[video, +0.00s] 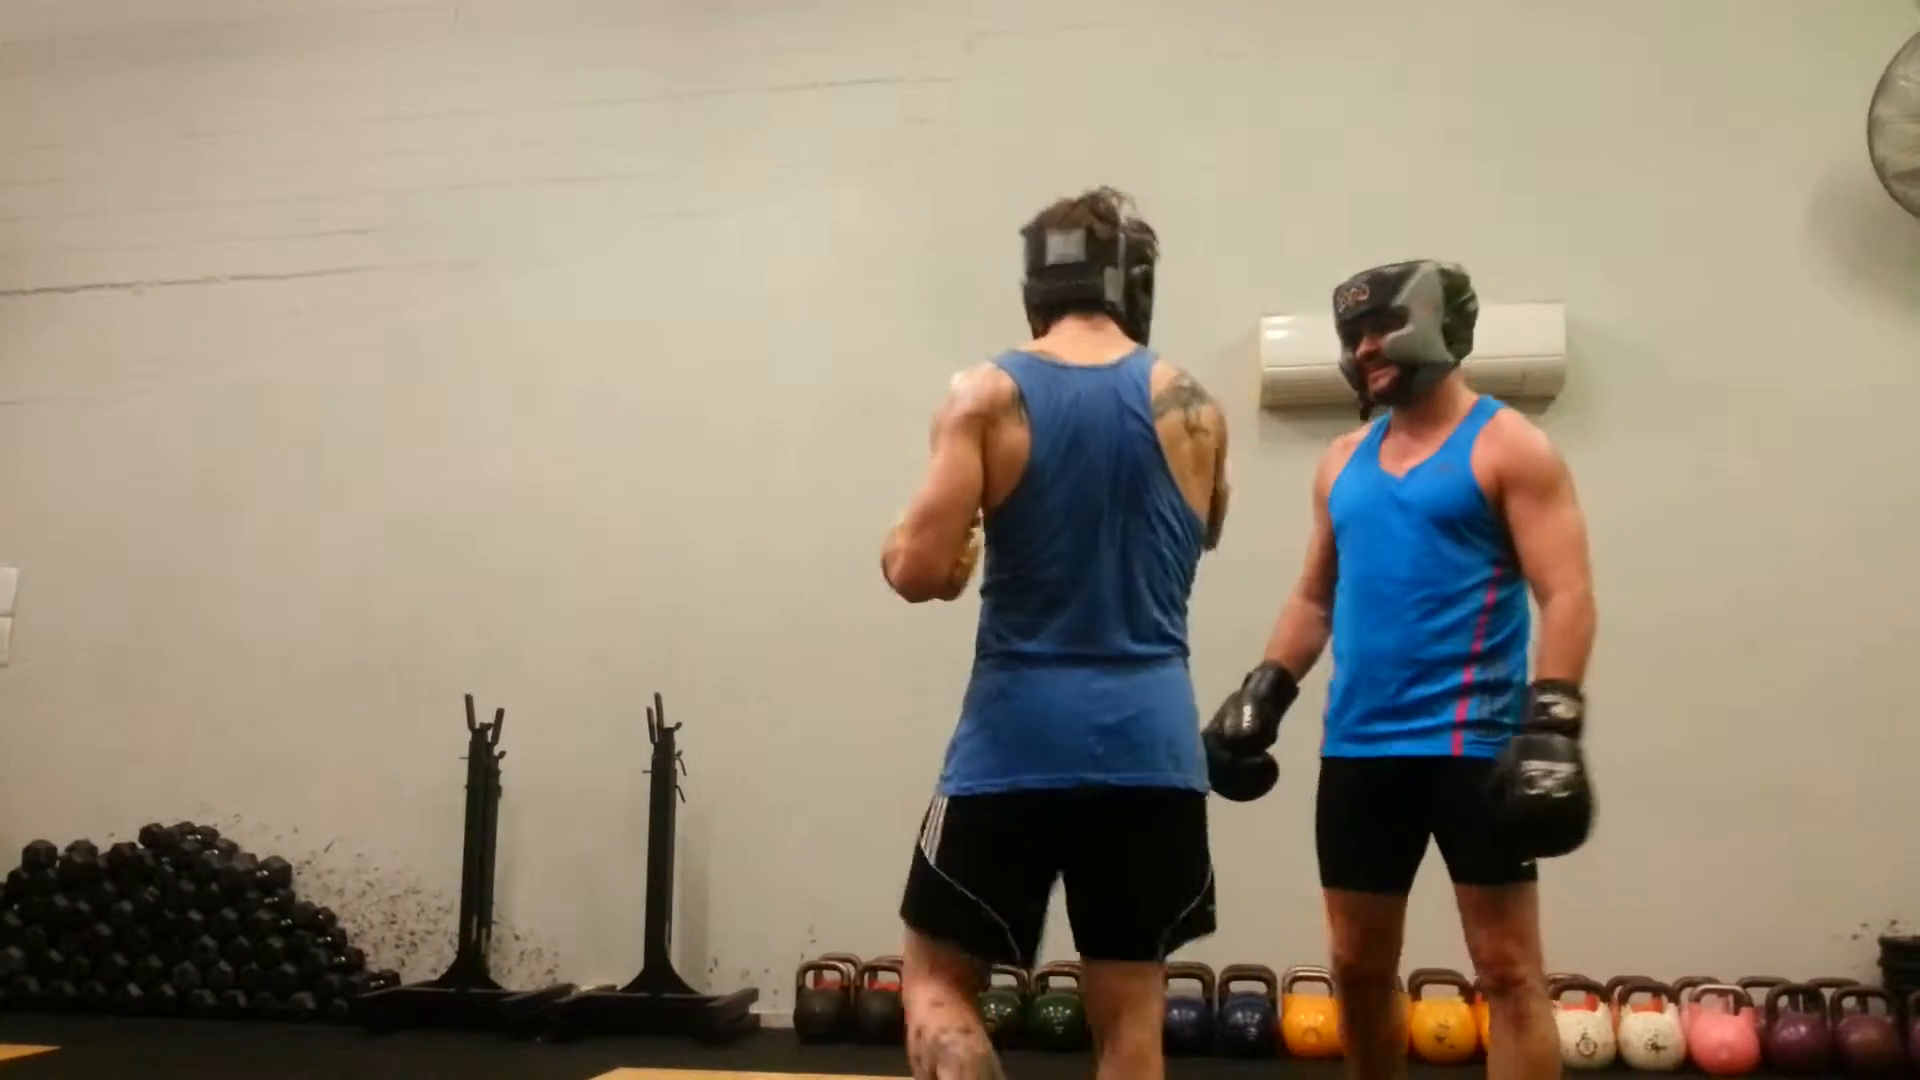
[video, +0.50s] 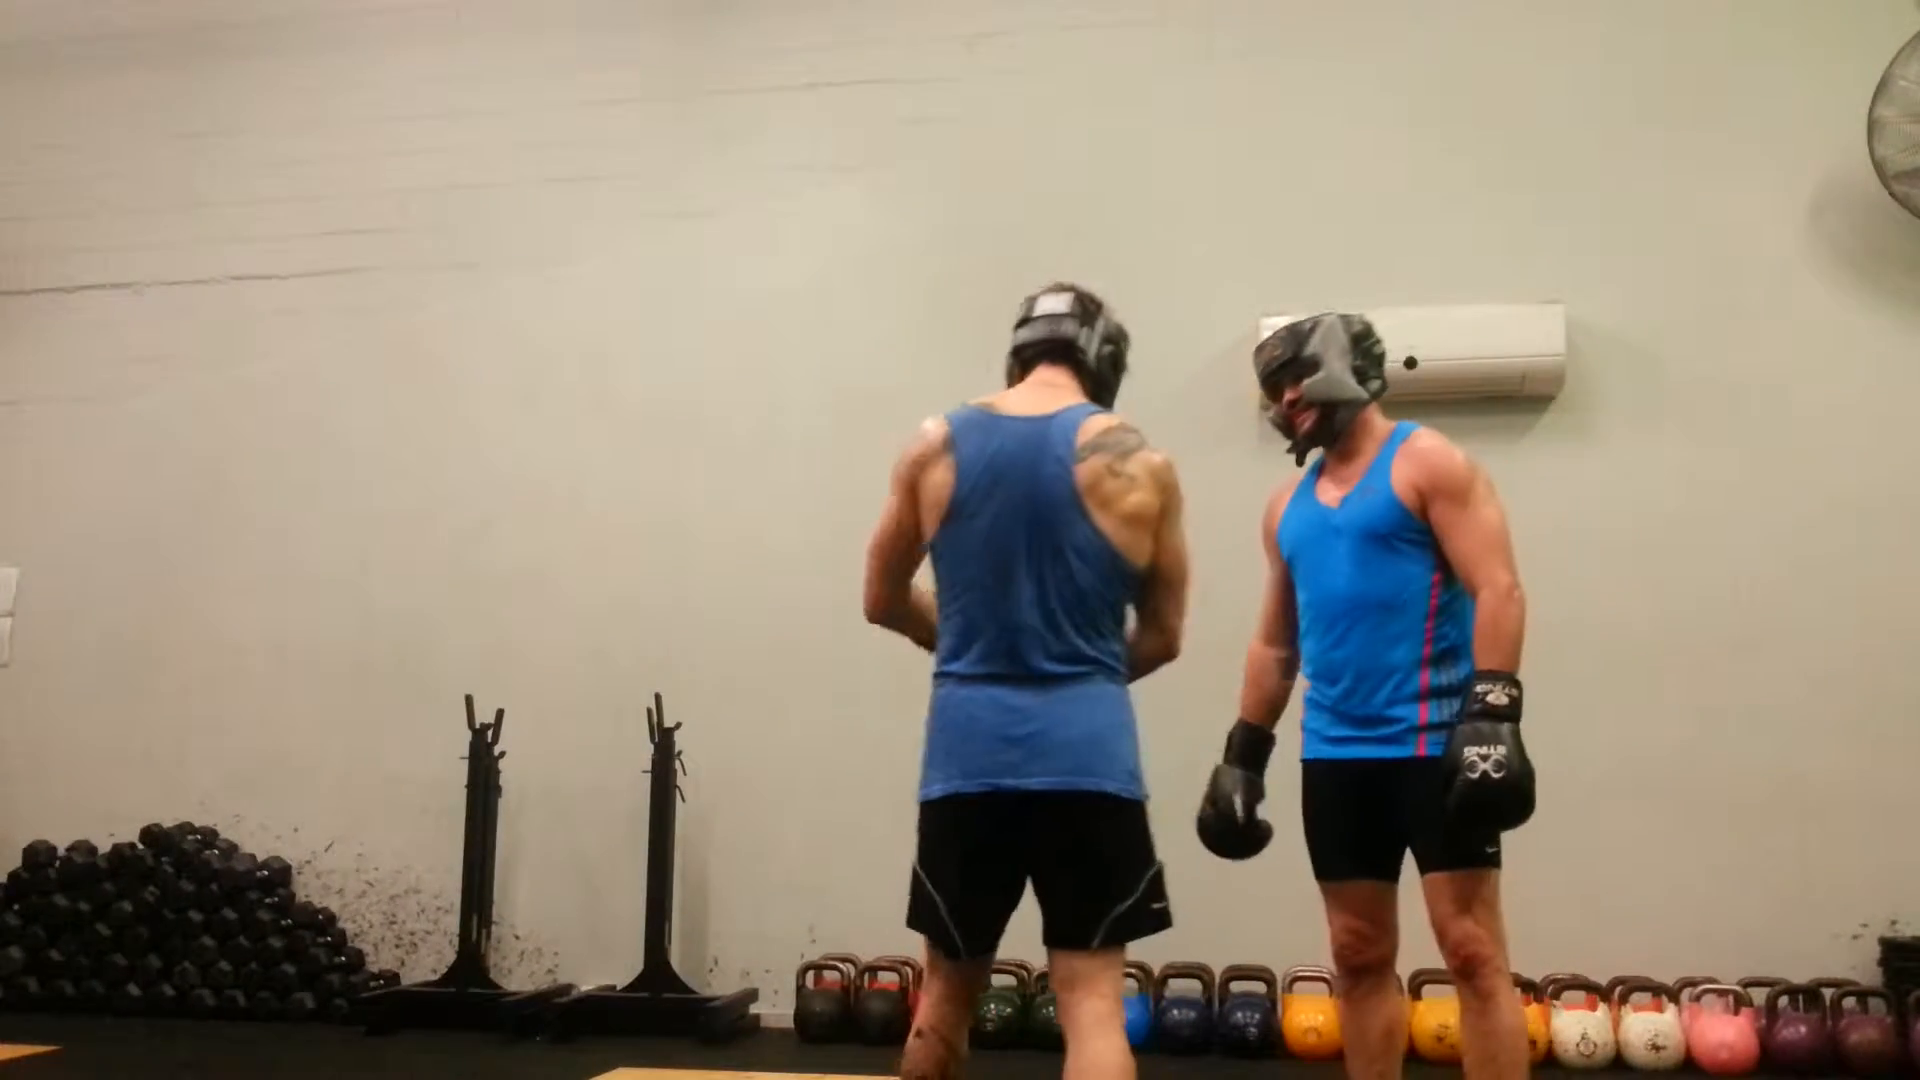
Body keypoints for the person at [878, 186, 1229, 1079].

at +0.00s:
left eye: (1031, 275)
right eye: (1141, 275)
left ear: (1032, 287)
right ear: (1138, 284)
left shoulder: (987, 395)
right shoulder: (1196, 408)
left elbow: (920, 573)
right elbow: (1199, 532)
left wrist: (930, 548)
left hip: (1013, 753)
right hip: (1151, 755)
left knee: (939, 986)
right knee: (1132, 1019)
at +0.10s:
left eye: (1041, 284)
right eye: (1148, 284)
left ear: (1041, 293)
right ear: (1143, 294)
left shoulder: (988, 398)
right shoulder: (1195, 417)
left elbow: (929, 575)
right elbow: (1192, 567)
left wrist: (1027, 562)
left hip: (1011, 750)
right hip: (1145, 755)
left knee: (938, 969)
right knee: (1126, 1011)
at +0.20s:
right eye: (1151, 304)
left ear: (1042, 305)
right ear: (1145, 310)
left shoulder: (983, 408)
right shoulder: (1194, 436)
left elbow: (925, 580)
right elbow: (1192, 615)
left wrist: (989, 565)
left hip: (1007, 755)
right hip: (1138, 760)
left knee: (939, 995)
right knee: (1122, 1014)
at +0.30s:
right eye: (1148, 329)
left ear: (1042, 327)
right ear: (1138, 331)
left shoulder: (975, 420)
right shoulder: (1185, 452)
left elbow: (912, 587)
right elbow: (1186, 636)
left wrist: (982, 576)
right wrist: (1094, 614)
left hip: (1000, 763)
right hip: (1129, 767)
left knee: (940, 1010)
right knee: (1116, 1015)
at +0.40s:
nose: (1138, 358)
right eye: (1137, 348)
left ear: (1033, 342)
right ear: (1126, 347)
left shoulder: (961, 431)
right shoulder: (1167, 456)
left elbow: (893, 590)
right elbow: (1178, 638)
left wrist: (969, 607)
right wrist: (1089, 647)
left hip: (985, 766)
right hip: (1112, 769)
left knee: (940, 1011)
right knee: (1106, 1011)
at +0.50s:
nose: (1116, 372)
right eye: (1116, 361)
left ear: (1015, 356)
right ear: (1105, 359)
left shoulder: (936, 446)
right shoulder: (1140, 464)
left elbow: (885, 598)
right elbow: (1161, 640)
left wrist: (971, 643)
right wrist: (1080, 666)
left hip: (968, 768)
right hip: (1089, 770)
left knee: (941, 1009)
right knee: (1093, 1005)